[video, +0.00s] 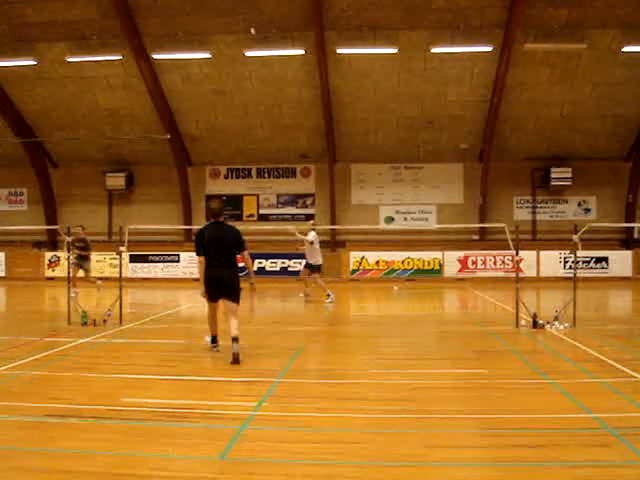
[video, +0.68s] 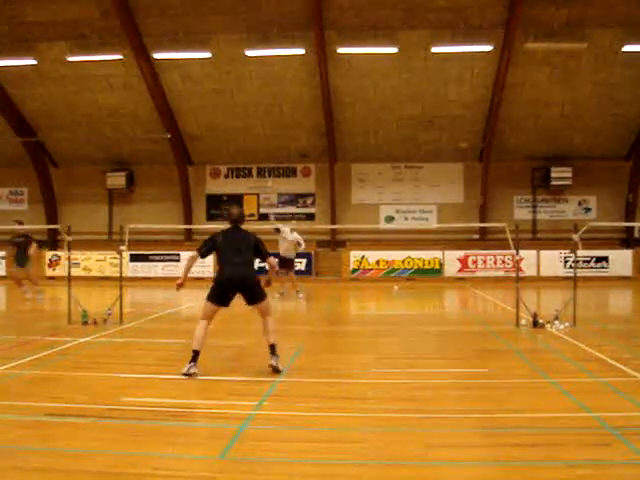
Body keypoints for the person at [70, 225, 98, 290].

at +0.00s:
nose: (78, 232)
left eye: (80, 230)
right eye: (77, 230)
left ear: (83, 231)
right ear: (75, 231)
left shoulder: (85, 240)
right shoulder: (74, 240)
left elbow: (88, 252)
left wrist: (78, 252)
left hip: (85, 259)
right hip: (78, 258)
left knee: (86, 277)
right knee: (73, 275)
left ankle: (97, 282)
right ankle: (74, 291)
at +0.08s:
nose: (72, 229)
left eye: (74, 227)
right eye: (71, 227)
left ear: (78, 228)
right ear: (70, 229)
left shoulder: (82, 239)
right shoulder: (69, 239)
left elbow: (85, 249)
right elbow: (67, 249)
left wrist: (76, 251)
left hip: (80, 258)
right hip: (72, 257)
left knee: (81, 276)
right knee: (70, 275)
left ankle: (87, 287)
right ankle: (73, 290)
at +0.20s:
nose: (69, 231)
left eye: (71, 229)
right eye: (68, 229)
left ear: (73, 229)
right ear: (66, 230)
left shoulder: (76, 240)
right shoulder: (62, 239)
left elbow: (78, 250)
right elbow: (58, 248)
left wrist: (73, 254)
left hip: (74, 257)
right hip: (64, 257)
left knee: (77, 274)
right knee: (59, 274)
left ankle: (79, 289)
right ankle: (59, 287)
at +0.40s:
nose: (51, 238)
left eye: (52, 236)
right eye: (50, 236)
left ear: (56, 236)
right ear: (48, 236)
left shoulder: (61, 246)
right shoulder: (48, 246)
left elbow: (64, 257)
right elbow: (43, 257)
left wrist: (54, 261)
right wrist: (36, 263)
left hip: (60, 267)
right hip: (51, 267)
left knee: (68, 280)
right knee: (38, 277)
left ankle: (76, 291)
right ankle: (37, 292)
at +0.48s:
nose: (47, 237)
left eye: (49, 235)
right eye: (46, 235)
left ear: (53, 236)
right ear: (45, 236)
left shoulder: (58, 245)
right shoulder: (43, 246)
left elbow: (61, 256)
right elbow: (38, 256)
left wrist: (52, 258)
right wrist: (32, 262)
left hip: (58, 266)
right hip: (48, 266)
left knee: (66, 279)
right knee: (36, 277)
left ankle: (75, 292)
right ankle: (36, 293)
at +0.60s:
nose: (34, 233)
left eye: (35, 231)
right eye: (32, 231)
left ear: (38, 232)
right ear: (30, 232)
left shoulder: (41, 241)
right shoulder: (27, 241)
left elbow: (47, 248)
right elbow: (23, 247)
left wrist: (42, 251)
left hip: (41, 262)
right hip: (31, 262)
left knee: (48, 277)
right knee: (26, 278)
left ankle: (61, 289)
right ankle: (34, 292)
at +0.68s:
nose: (17, 228)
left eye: (19, 226)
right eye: (16, 226)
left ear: (23, 227)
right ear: (15, 227)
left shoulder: (27, 237)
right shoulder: (14, 238)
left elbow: (34, 244)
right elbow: (11, 249)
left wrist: (32, 251)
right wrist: (10, 256)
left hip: (26, 257)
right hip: (17, 257)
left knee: (28, 275)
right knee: (15, 275)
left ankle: (39, 288)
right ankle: (24, 289)